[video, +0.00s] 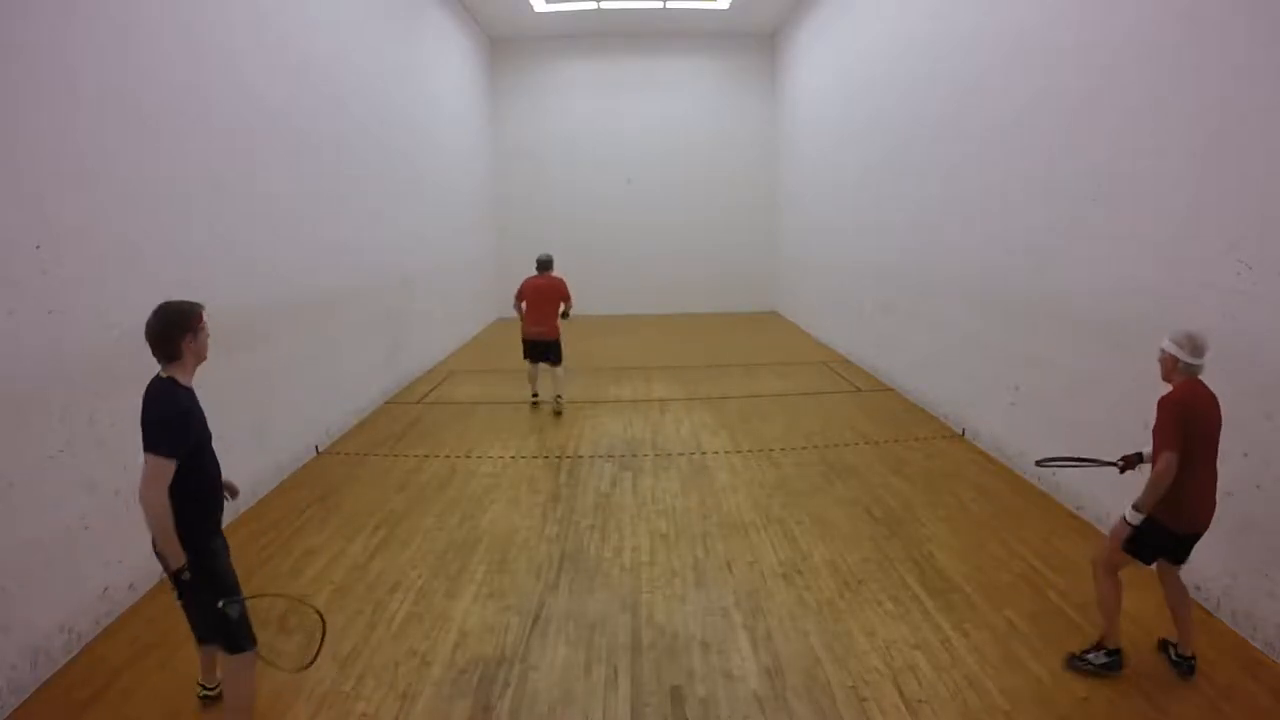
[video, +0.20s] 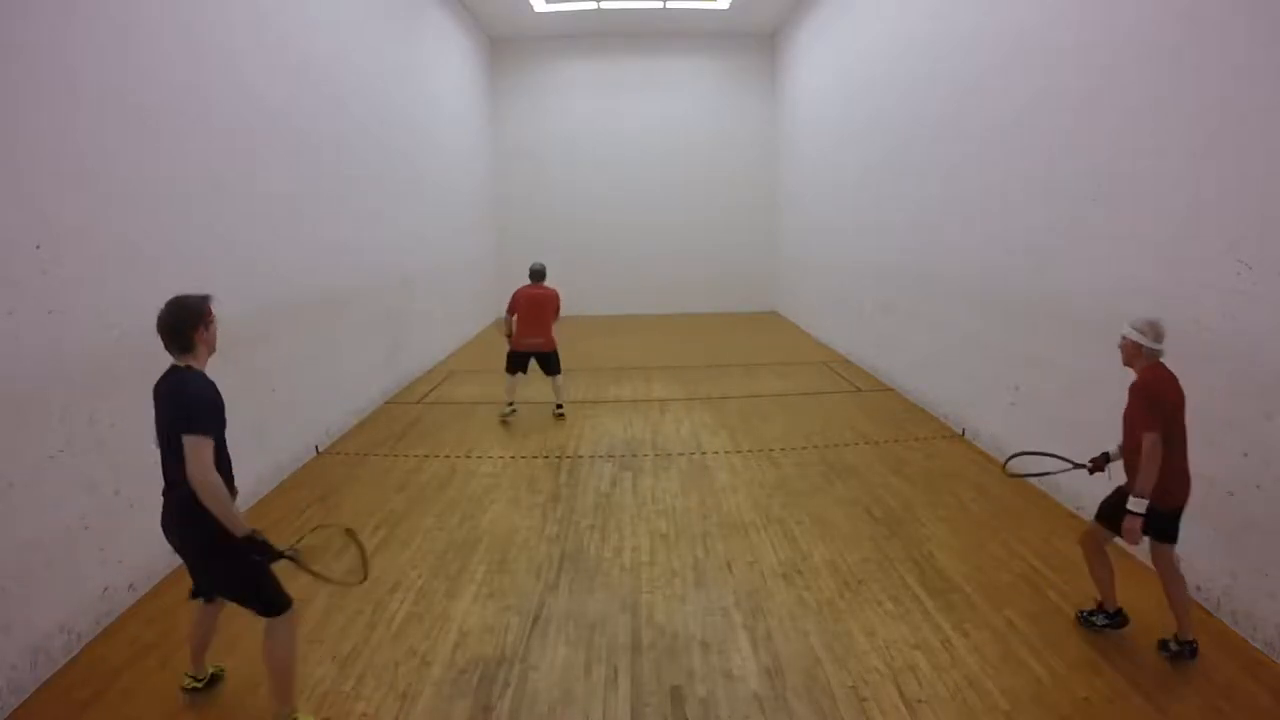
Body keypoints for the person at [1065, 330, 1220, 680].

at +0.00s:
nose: (1159, 359)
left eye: (1164, 354)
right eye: (1162, 353)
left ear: (1176, 362)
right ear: (1190, 363)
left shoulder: (1173, 403)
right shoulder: (1206, 398)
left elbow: (1166, 469)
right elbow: (1187, 449)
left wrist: (1134, 514)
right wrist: (1142, 456)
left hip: (1168, 514)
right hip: (1197, 515)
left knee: (1106, 564)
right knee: (1168, 568)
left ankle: (1108, 649)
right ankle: (1185, 652)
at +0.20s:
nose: (1120, 345)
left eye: (1125, 341)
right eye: (1122, 340)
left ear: (1139, 348)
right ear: (1150, 349)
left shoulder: (1145, 387)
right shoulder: (1166, 381)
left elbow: (1151, 450)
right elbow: (1145, 437)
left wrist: (1136, 507)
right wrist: (1108, 458)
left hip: (1144, 491)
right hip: (1171, 492)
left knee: (1092, 540)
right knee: (1165, 561)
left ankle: (1109, 609)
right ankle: (1186, 639)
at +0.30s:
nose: (1094, 339)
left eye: (1100, 335)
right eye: (1096, 334)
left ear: (1115, 342)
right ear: (1121, 342)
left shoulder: (1121, 382)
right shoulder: (1140, 373)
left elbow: (1124, 443)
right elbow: (1125, 429)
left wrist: (1107, 496)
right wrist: (1094, 453)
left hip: (1128, 481)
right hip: (1149, 479)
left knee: (1088, 539)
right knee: (1130, 538)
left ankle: (1111, 609)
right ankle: (1169, 604)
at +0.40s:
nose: (1070, 338)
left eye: (1075, 333)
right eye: (1072, 332)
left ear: (1092, 340)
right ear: (1099, 341)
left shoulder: (1096, 380)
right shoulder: (1117, 369)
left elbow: (1089, 441)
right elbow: (1106, 426)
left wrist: (1063, 491)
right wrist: (1080, 450)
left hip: (1107, 474)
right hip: (1123, 470)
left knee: (1081, 536)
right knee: (1091, 530)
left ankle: (1110, 608)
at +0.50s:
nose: (1045, 331)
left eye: (1051, 326)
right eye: (1048, 325)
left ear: (1067, 333)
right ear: (1073, 334)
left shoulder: (1070, 372)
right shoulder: (1091, 363)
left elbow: (1058, 427)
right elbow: (1079, 421)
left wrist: (1029, 464)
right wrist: (1054, 451)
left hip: (1085, 463)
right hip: (1091, 457)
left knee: (1077, 532)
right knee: (1046, 492)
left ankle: (1111, 606)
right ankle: (1042, 558)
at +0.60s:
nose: (1021, 322)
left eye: (1026, 317)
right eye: (1023, 316)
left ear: (1042, 324)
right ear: (1047, 325)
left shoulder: (1042, 363)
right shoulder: (1064, 355)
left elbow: (1031, 415)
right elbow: (1058, 408)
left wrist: (1001, 439)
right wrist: (1034, 435)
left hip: (1051, 449)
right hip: (1060, 445)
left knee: (1052, 523)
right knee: (1019, 481)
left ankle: (1094, 586)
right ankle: (1007, 545)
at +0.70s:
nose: (995, 316)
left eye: (1001, 312)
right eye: (998, 311)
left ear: (1015, 319)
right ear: (1020, 320)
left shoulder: (1021, 355)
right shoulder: (1031, 348)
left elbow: (1010, 406)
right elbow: (1022, 402)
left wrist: (978, 430)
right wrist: (997, 427)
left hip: (1025, 440)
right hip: (1027, 435)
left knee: (1005, 500)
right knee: (998, 483)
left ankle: (1050, 557)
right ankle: (1004, 544)